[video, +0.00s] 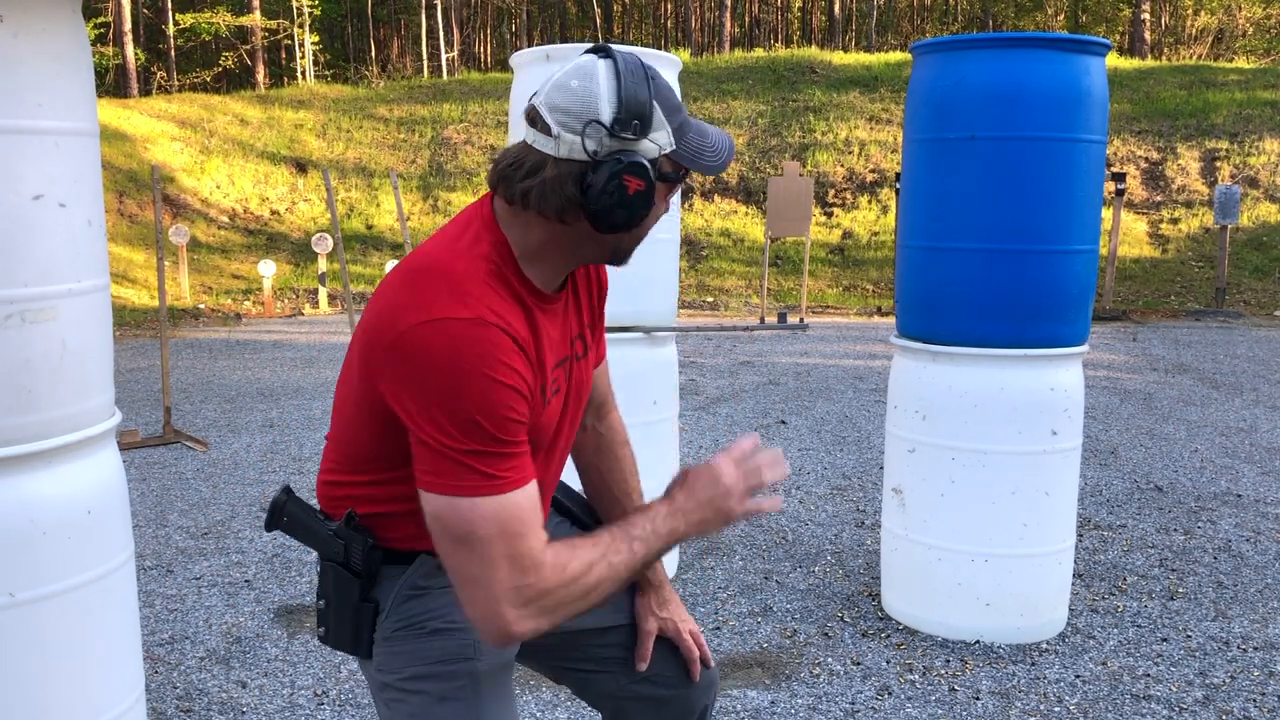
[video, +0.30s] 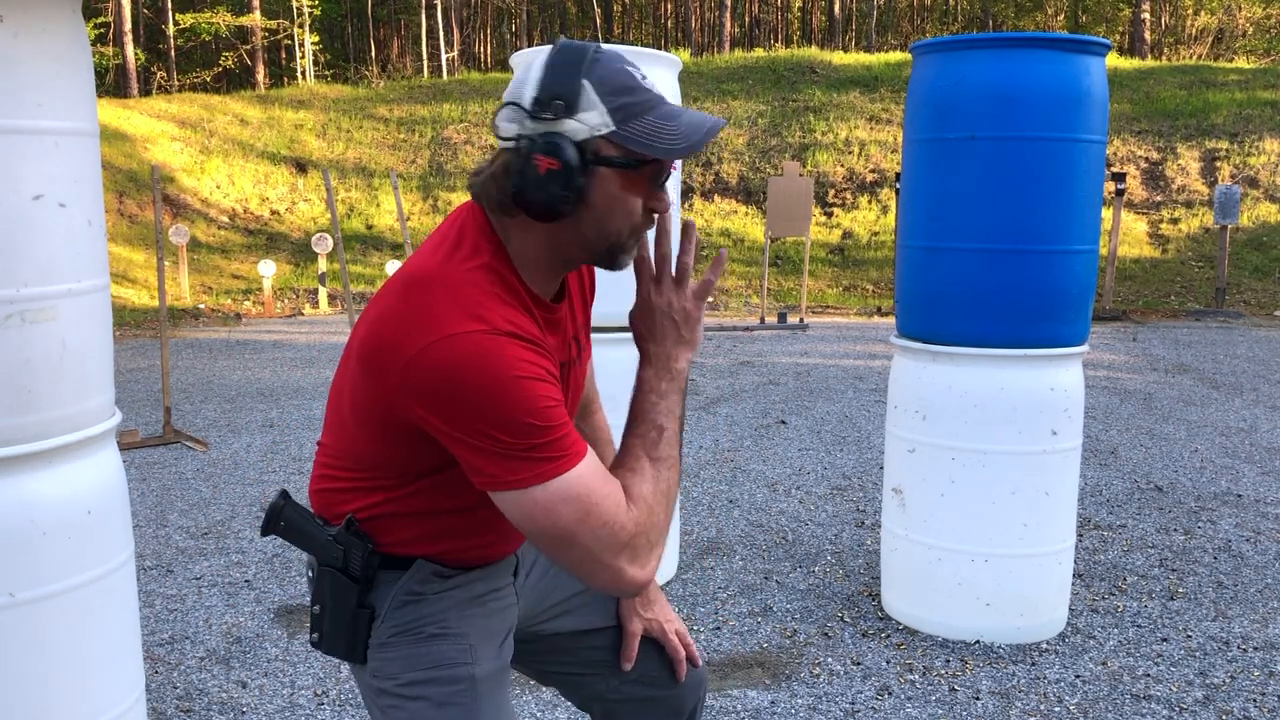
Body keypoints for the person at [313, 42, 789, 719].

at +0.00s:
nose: (671, 204)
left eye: (674, 186)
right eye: (669, 186)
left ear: (616, 191)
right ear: (619, 193)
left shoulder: (570, 256)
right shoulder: (457, 328)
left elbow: (595, 419)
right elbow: (510, 605)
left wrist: (647, 573)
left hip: (518, 518)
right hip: (411, 562)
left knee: (674, 685)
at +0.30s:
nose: (661, 197)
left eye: (661, 171)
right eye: (641, 170)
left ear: (552, 180)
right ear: (551, 174)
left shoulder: (560, 259)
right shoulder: (463, 338)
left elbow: (583, 417)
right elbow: (628, 558)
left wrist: (635, 574)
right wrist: (665, 359)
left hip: (530, 544)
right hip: (425, 585)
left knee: (670, 688)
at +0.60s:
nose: (525, 222)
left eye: (548, 184)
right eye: (495, 187)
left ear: (588, 180)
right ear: (446, 182)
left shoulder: (606, 253)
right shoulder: (410, 339)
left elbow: (640, 429)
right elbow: (594, 539)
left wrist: (681, 590)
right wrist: (704, 335)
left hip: (565, 551)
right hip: (440, 575)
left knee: (715, 697)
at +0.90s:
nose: (548, 211)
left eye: (572, 177)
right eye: (518, 180)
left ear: (610, 173)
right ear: (471, 177)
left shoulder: (628, 253)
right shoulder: (418, 332)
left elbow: (656, 420)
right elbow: (443, 600)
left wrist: (696, 590)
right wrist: (667, 558)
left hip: (569, 532)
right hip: (449, 568)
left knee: (731, 697)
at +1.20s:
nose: (554, 213)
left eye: (580, 178)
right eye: (526, 179)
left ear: (618, 180)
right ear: (482, 179)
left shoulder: (636, 263)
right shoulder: (419, 328)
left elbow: (662, 431)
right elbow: (487, 582)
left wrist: (699, 600)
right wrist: (641, 399)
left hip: (583, 545)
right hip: (447, 567)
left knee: (730, 700)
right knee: (458, 706)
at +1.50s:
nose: (542, 207)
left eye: (567, 170)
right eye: (511, 170)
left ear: (605, 172)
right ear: (465, 172)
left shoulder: (624, 250)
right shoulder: (415, 317)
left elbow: (657, 436)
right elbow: (562, 523)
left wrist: (694, 594)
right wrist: (711, 329)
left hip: (592, 557)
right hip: (449, 565)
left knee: (729, 703)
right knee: (458, 705)